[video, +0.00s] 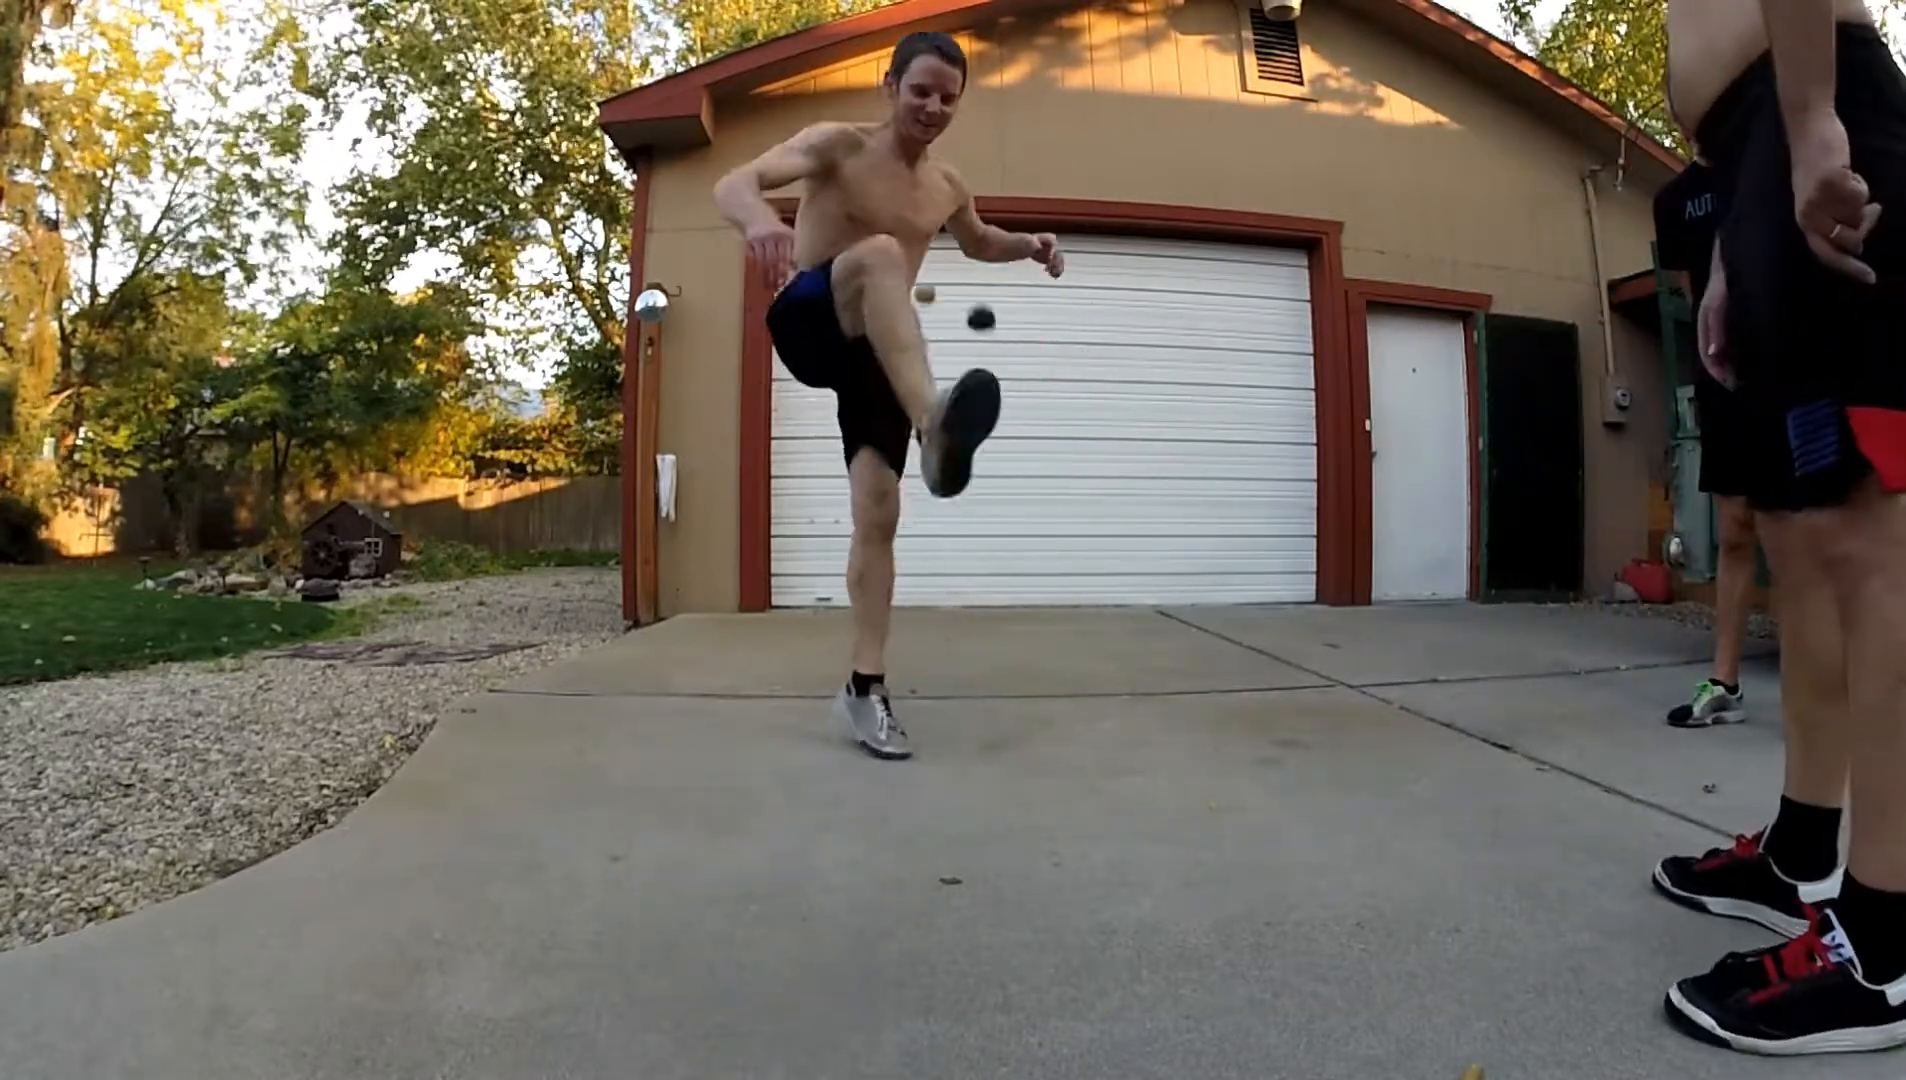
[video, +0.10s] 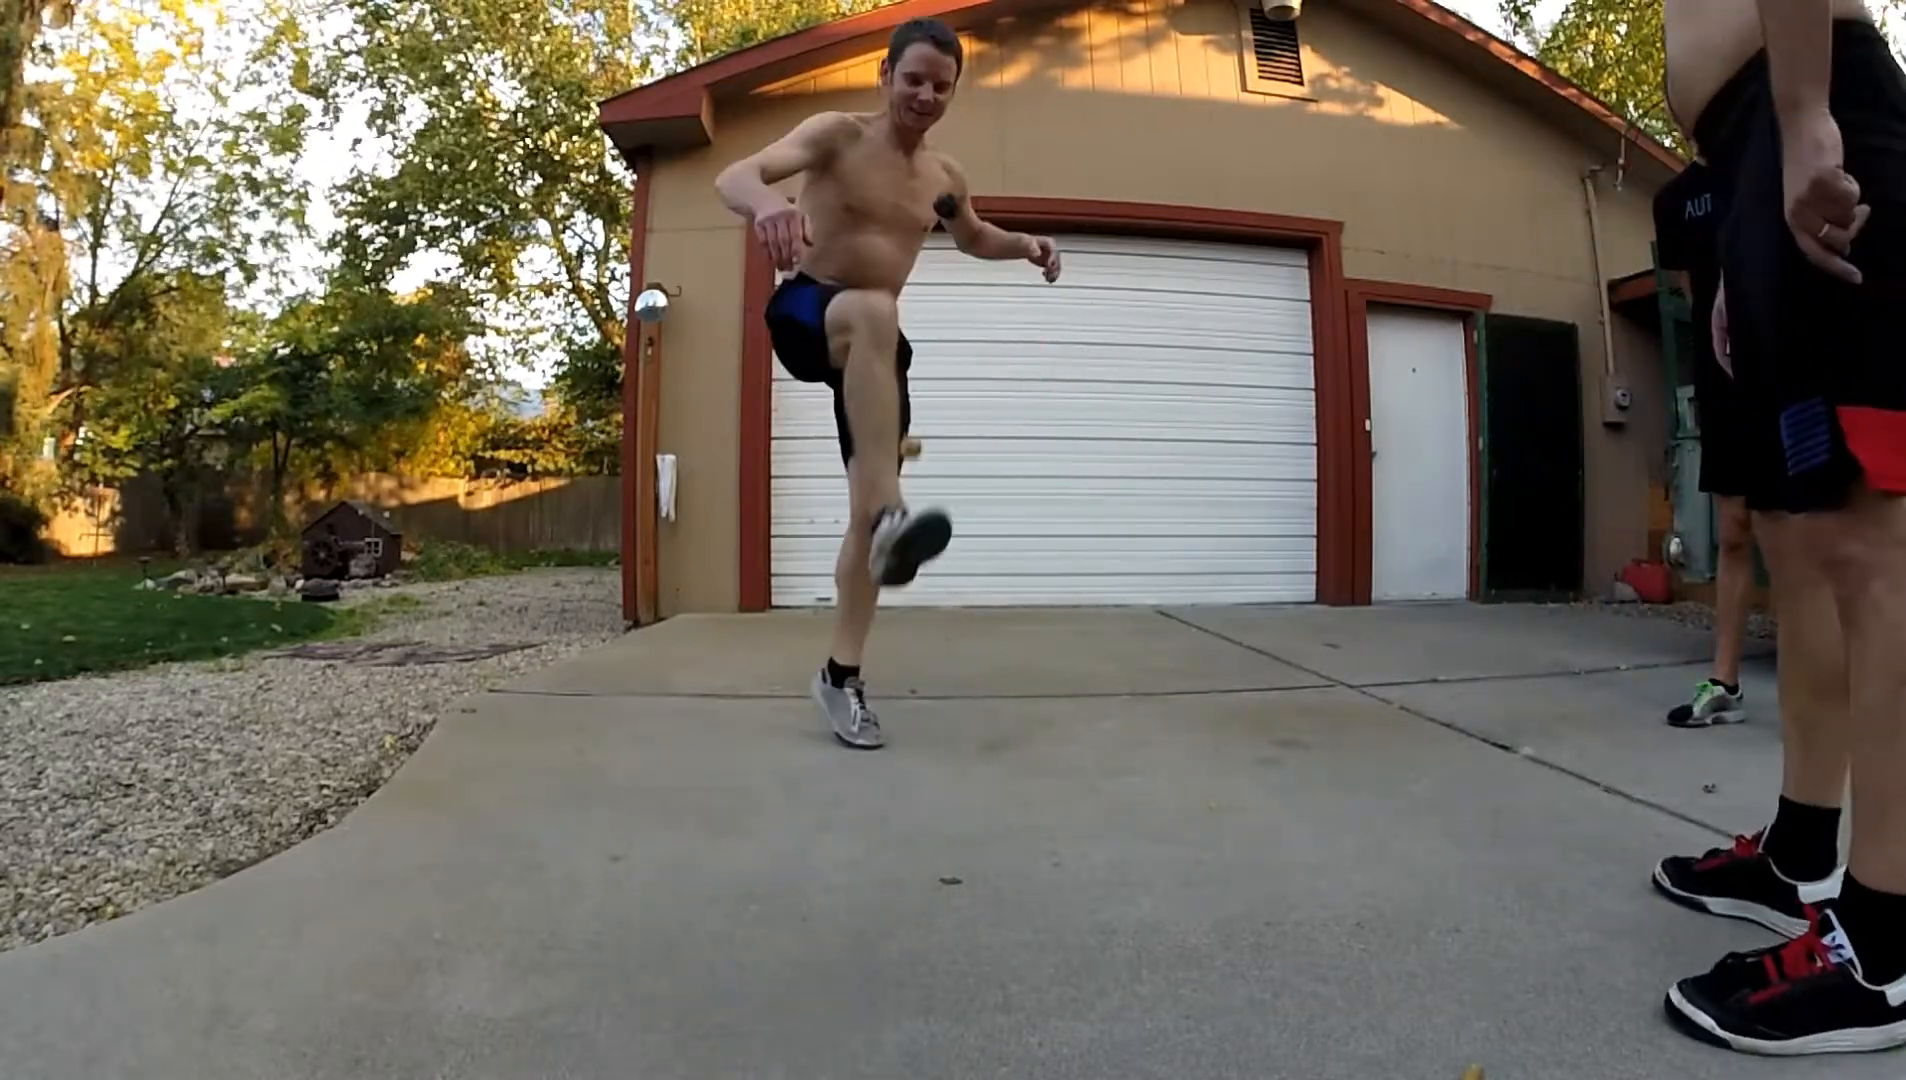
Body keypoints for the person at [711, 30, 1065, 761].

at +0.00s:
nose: (933, 107)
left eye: (947, 98)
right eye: (922, 90)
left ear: (958, 105)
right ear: (892, 85)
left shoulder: (947, 186)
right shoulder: (835, 144)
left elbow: (979, 242)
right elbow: (733, 185)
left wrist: (1028, 244)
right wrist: (757, 221)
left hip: (883, 351)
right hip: (809, 334)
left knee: (877, 514)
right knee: (877, 259)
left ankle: (865, 689)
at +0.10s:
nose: (927, 96)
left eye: (941, 86)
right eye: (916, 80)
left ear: (954, 93)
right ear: (887, 74)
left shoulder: (944, 176)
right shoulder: (836, 133)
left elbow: (974, 237)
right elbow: (733, 178)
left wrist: (1026, 245)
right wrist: (766, 203)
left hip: (879, 335)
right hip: (805, 312)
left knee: (873, 509)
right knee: (876, 312)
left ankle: (841, 676)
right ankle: (883, 522)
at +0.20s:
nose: (916, 99)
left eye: (930, 90)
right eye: (904, 83)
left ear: (942, 99)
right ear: (876, 82)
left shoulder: (938, 186)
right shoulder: (828, 145)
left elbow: (966, 258)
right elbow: (727, 200)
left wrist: (1022, 255)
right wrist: (753, 231)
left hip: (880, 351)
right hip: (809, 333)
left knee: (878, 532)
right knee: (863, 437)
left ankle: (827, 695)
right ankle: (860, 657)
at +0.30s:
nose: (899, 107)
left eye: (913, 98)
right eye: (888, 93)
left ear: (930, 107)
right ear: (865, 94)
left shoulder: (931, 198)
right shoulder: (819, 158)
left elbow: (963, 271)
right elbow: (726, 216)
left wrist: (1024, 249)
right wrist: (730, 256)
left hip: (885, 369)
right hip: (812, 360)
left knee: (884, 548)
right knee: (858, 508)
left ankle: (827, 699)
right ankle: (852, 714)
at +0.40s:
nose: (889, 96)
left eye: (903, 85)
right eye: (877, 81)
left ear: (923, 91)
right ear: (855, 80)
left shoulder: (929, 178)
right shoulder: (814, 145)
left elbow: (965, 252)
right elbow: (719, 202)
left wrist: (1028, 222)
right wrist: (707, 251)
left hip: (891, 361)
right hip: (819, 348)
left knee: (887, 546)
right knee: (858, 532)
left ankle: (829, 692)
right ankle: (855, 728)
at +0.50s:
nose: (882, 84)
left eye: (897, 72)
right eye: (869, 69)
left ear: (921, 72)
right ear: (848, 64)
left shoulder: (931, 159)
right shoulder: (811, 132)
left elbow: (975, 223)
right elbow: (707, 187)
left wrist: (1026, 202)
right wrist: (687, 242)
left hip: (891, 351)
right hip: (823, 336)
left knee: (926, 538)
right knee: (855, 534)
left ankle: (821, 666)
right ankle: (855, 733)